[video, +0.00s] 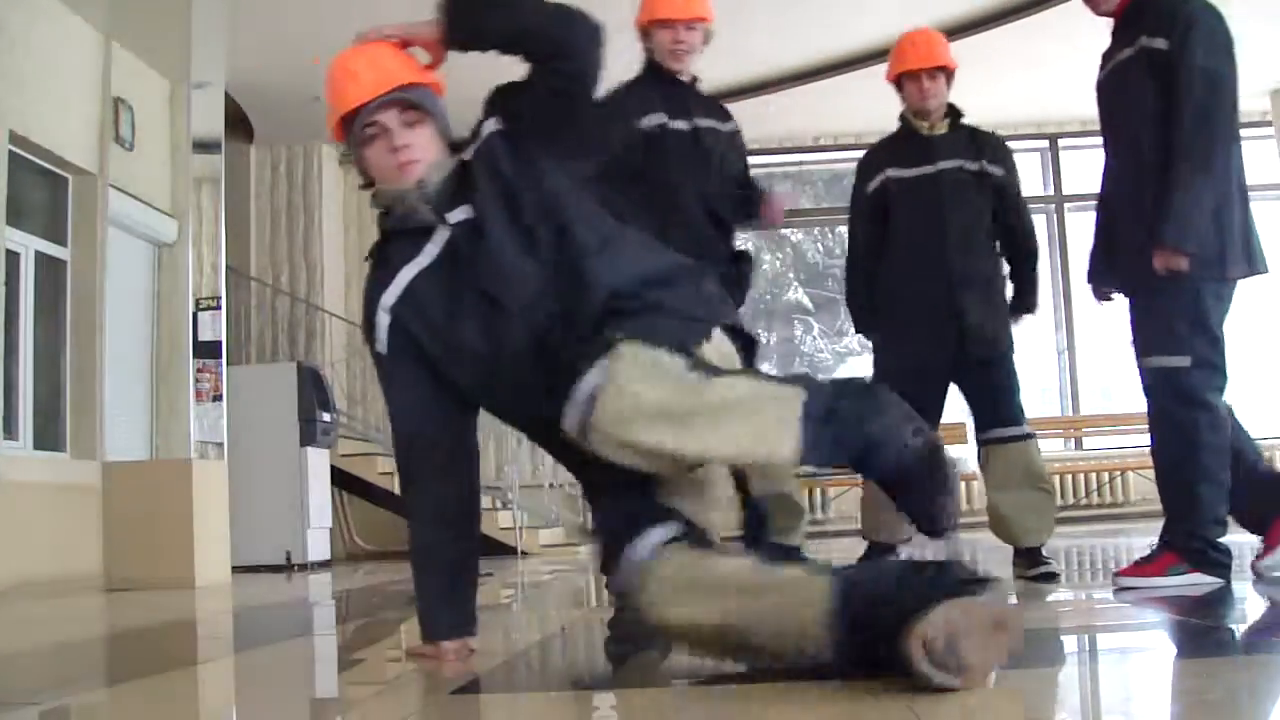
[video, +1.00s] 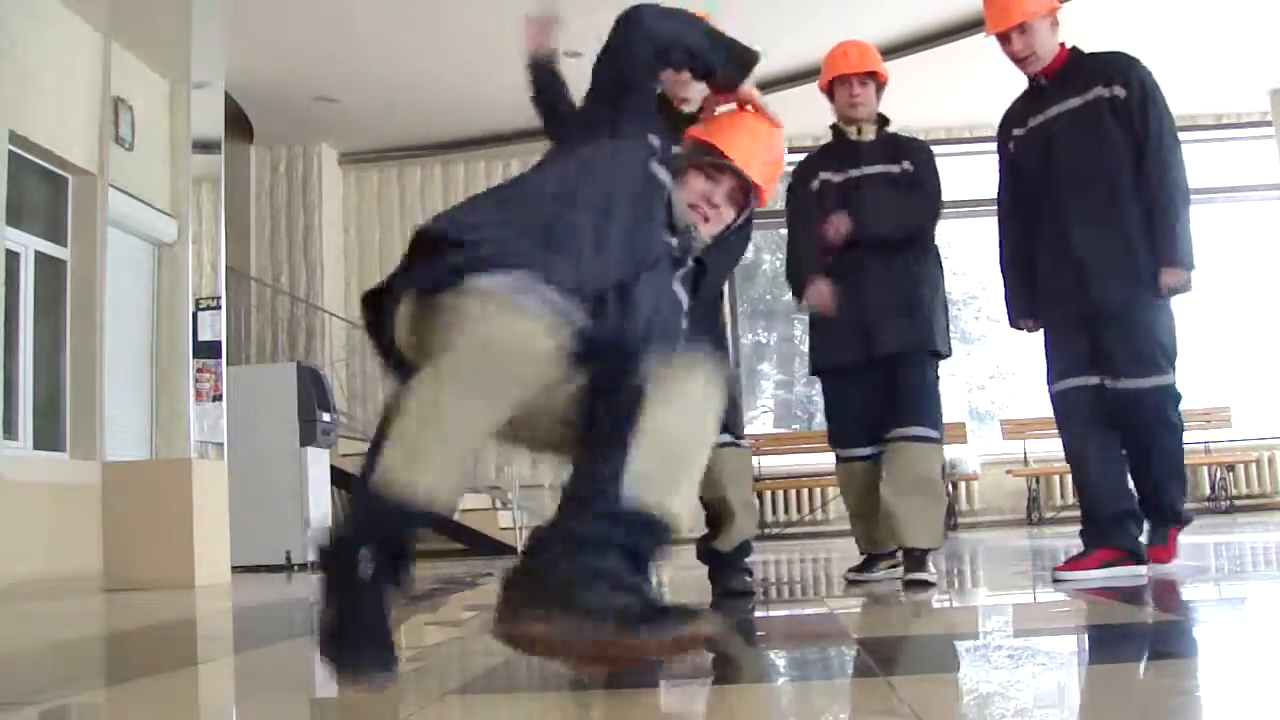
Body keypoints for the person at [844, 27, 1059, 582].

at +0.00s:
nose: (924, 87)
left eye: (933, 76)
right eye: (912, 79)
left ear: (949, 79)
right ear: (897, 87)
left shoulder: (987, 150)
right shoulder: (878, 162)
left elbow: (1016, 228)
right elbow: (861, 249)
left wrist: (1022, 294)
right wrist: (869, 318)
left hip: (980, 322)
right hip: (906, 328)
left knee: (1007, 435)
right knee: (898, 442)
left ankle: (1030, 546)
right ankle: (883, 548)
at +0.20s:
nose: (882, 92)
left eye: (891, 81)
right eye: (870, 85)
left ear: (908, 87)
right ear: (857, 95)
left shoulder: (946, 148)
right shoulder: (844, 169)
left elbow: (980, 224)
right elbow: (839, 253)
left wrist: (992, 286)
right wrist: (846, 320)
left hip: (951, 320)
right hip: (880, 330)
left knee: (982, 435)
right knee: (881, 449)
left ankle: (1022, 544)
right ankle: (883, 557)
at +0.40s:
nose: (849, 105)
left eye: (858, 93)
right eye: (838, 97)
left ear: (875, 98)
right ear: (826, 108)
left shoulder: (916, 160)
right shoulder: (817, 185)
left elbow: (959, 227)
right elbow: (796, 270)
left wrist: (990, 290)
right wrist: (774, 337)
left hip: (922, 330)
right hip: (854, 340)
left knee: (947, 431)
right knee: (865, 445)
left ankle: (980, 537)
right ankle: (880, 555)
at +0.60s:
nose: (838, 101)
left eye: (846, 91)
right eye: (826, 96)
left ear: (861, 94)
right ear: (814, 107)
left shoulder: (898, 146)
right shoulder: (809, 175)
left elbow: (939, 173)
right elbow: (775, 237)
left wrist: (921, 190)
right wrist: (785, 221)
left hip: (914, 318)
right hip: (847, 329)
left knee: (941, 428)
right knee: (861, 444)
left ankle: (976, 533)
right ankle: (871, 558)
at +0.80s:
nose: (839, 99)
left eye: (847, 89)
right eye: (828, 92)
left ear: (863, 92)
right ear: (813, 100)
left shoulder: (897, 143)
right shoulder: (810, 164)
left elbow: (918, 181)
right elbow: (784, 214)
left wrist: (847, 193)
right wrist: (803, 194)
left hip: (911, 311)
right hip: (843, 321)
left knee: (930, 423)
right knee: (862, 438)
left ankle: (944, 539)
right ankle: (882, 550)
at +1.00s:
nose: (855, 94)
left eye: (865, 83)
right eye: (844, 86)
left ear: (880, 90)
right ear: (829, 95)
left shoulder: (911, 151)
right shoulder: (811, 170)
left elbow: (922, 215)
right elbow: (799, 238)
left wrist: (853, 218)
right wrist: (809, 278)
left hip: (908, 317)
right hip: (840, 323)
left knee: (914, 432)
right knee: (855, 439)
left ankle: (916, 549)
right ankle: (877, 549)